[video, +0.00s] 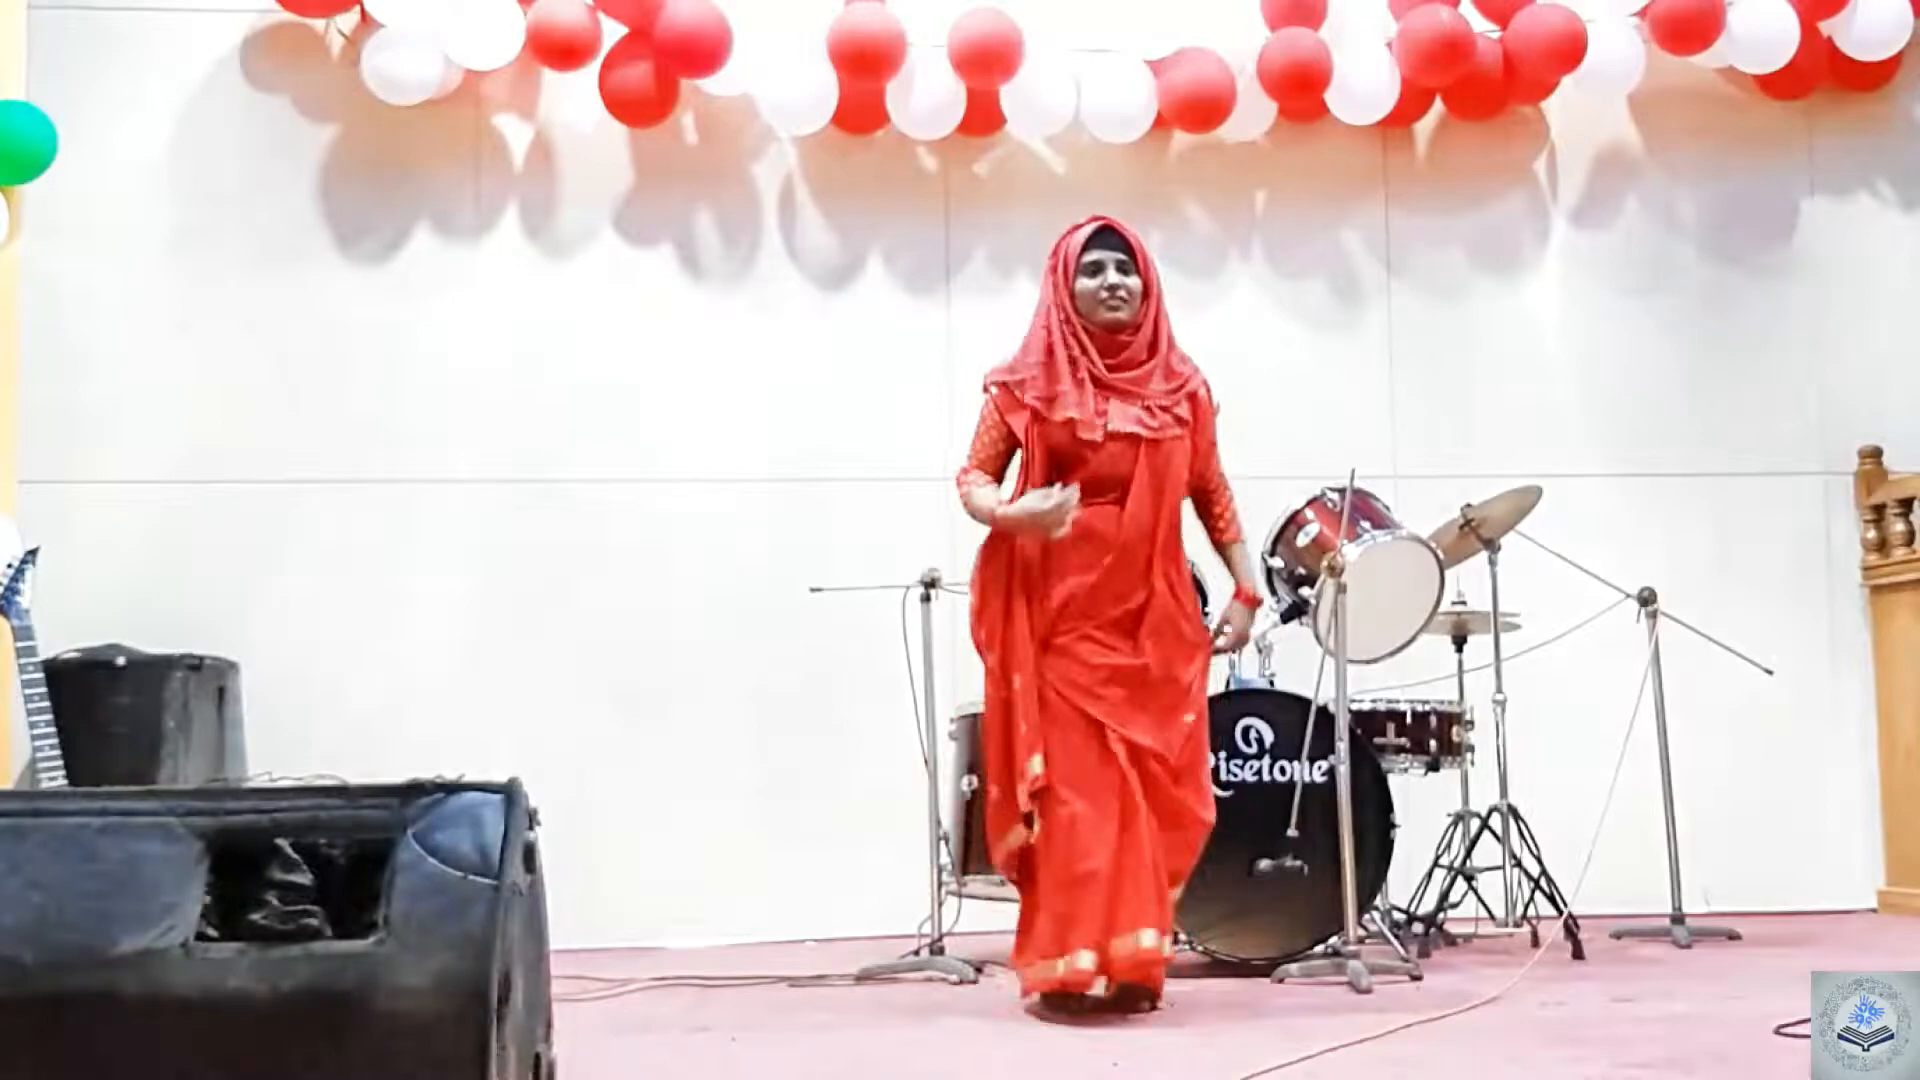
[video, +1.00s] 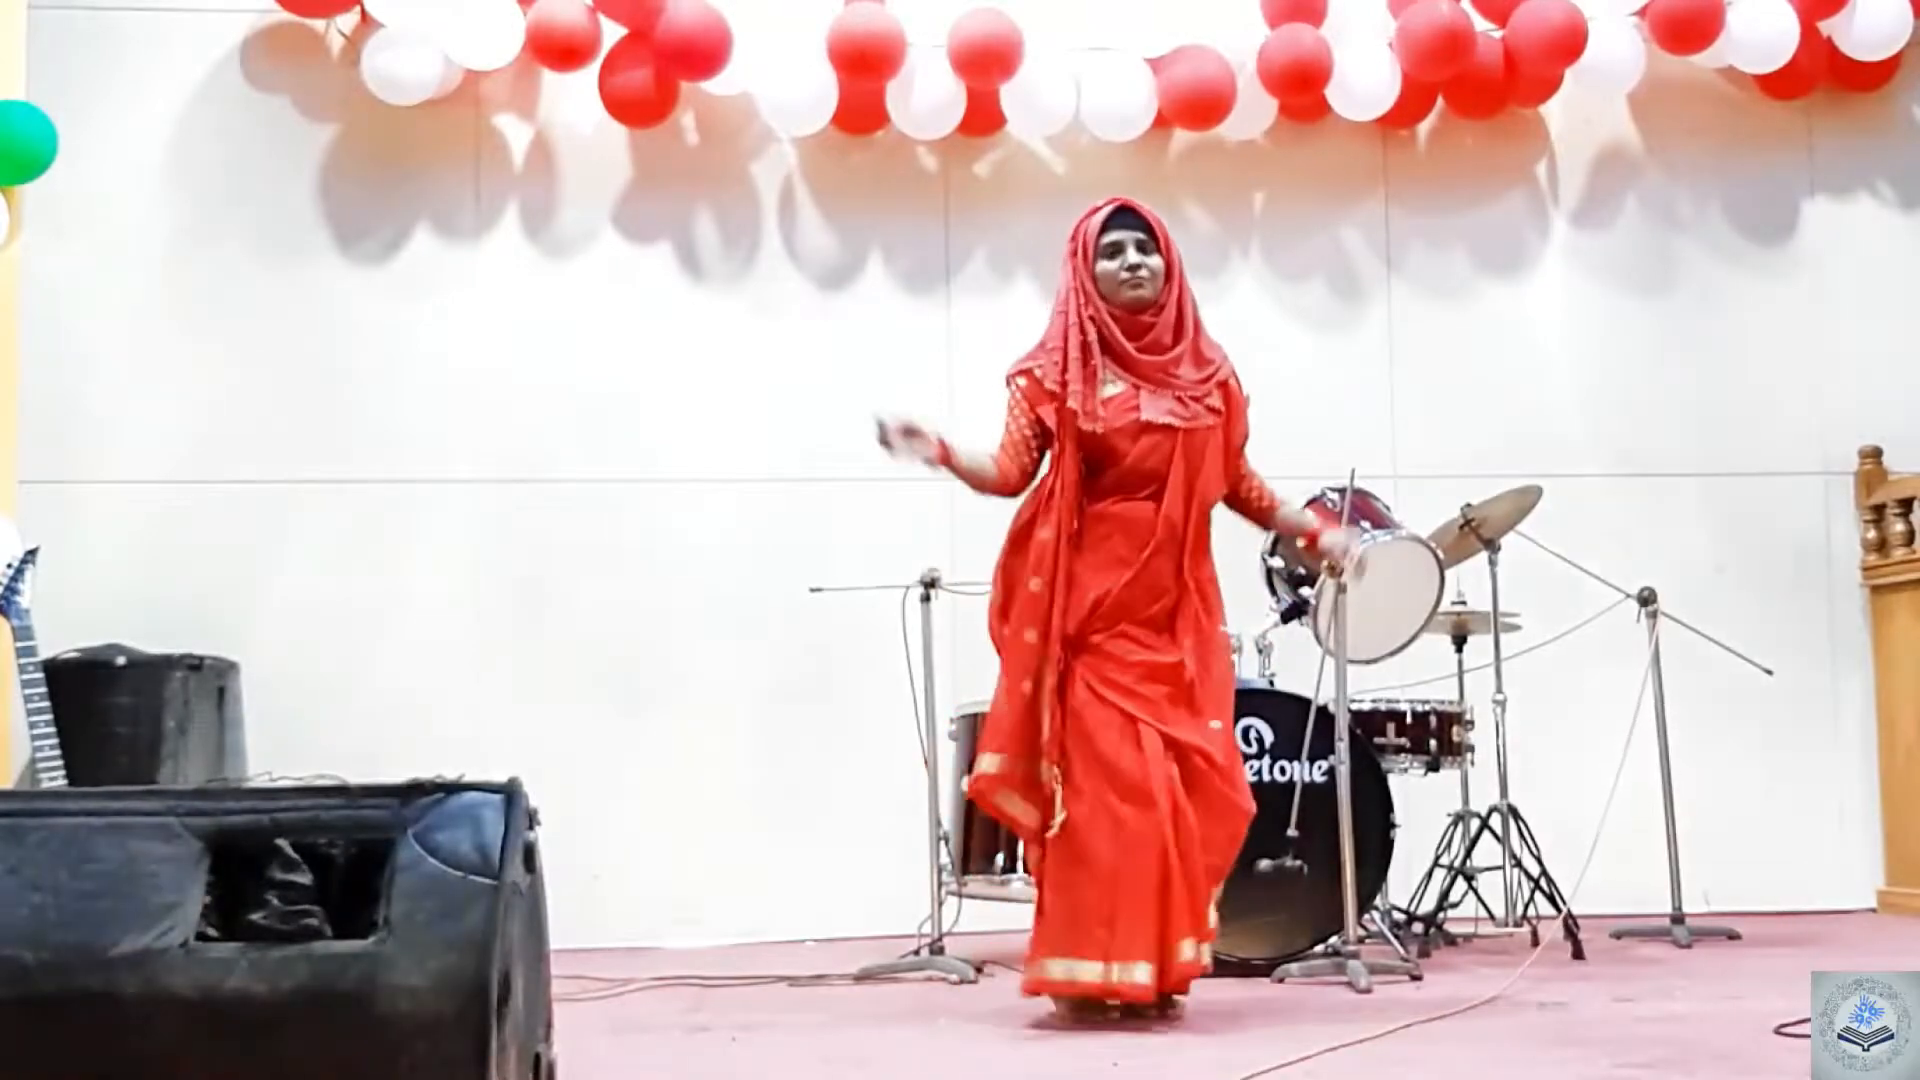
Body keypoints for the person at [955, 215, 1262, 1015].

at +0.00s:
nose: (1111, 280)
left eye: (1123, 268)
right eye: (1094, 270)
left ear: (1144, 284)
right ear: (1067, 288)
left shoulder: (1180, 384)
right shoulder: (1029, 380)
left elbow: (1212, 493)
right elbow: (975, 478)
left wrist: (1246, 583)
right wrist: (1006, 512)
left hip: (1156, 617)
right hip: (1062, 618)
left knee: (1160, 785)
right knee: (1074, 781)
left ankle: (1135, 955)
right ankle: (1071, 963)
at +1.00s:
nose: (1132, 262)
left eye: (1143, 249)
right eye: (1113, 254)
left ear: (1167, 265)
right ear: (1086, 275)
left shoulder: (1207, 376)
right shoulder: (1055, 373)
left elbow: (1237, 481)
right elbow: (1009, 473)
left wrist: (1307, 530)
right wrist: (942, 450)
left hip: (1178, 619)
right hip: (1089, 618)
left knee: (1211, 789)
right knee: (1123, 786)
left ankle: (1158, 964)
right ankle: (1106, 978)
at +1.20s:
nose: (1133, 295)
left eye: (1145, 280)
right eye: (1115, 284)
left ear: (1170, 292)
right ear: (1087, 301)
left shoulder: (1209, 395)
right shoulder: (1064, 387)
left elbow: (1235, 504)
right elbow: (999, 438)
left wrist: (1302, 570)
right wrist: (925, 366)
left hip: (1181, 621)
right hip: (1090, 621)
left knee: (1168, 788)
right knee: (1105, 784)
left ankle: (1149, 962)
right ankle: (1115, 968)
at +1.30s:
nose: (1122, 274)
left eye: (1133, 263)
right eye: (1104, 267)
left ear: (1159, 280)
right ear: (1081, 293)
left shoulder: (1210, 390)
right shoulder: (1066, 381)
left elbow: (1238, 511)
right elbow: (984, 378)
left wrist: (1276, 604)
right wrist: (957, 284)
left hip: (1191, 625)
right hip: (1095, 625)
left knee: (1188, 798)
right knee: (1105, 793)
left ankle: (1152, 965)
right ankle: (1102, 976)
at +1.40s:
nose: (1115, 233)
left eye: (1130, 224)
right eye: (1098, 229)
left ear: (1158, 250)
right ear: (1076, 259)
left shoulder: (1204, 346)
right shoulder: (1057, 339)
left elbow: (1242, 454)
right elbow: (972, 297)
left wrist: (1294, 539)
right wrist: (1010, 196)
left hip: (1185, 595)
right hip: (1085, 596)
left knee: (1185, 774)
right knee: (1092, 772)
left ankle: (1150, 951)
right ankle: (1096, 967)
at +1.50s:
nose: (1117, 232)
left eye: (1131, 219)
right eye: (1098, 224)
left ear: (1160, 239)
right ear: (1079, 248)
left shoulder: (1203, 341)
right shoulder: (1058, 331)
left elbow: (1264, 435)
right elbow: (982, 273)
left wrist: (1346, 474)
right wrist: (1043, 191)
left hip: (1183, 582)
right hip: (1081, 582)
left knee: (1183, 761)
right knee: (1089, 762)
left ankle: (1165, 946)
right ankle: (1097, 963)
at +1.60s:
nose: (1119, 252)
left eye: (1134, 241)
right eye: (1103, 245)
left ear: (1165, 258)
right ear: (1083, 266)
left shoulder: (1208, 362)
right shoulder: (1063, 343)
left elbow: (1302, 423)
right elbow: (993, 294)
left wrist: (1394, 385)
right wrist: (1066, 219)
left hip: (1186, 594)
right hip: (1085, 593)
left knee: (1185, 774)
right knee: (1089, 771)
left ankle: (1160, 963)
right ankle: (1091, 971)